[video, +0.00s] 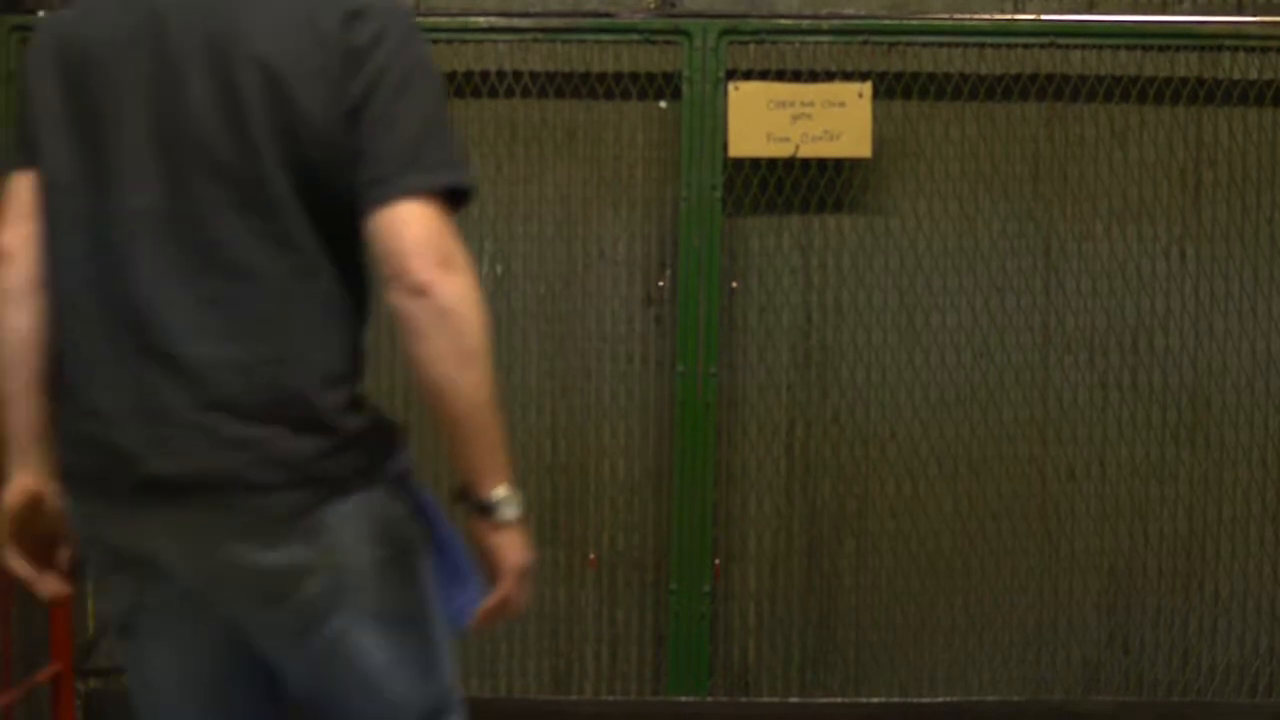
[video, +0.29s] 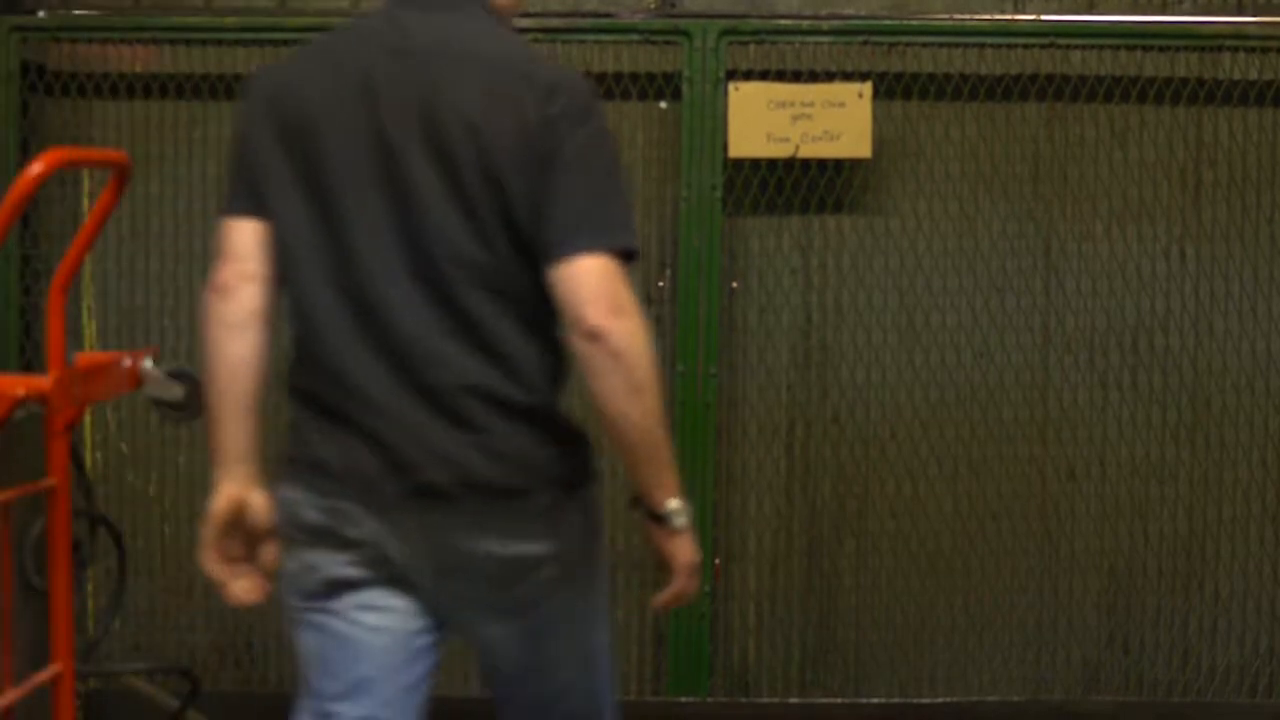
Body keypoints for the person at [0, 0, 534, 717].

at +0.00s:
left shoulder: (66, 33)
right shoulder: (360, 25)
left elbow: (19, 253)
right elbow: (422, 272)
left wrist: (26, 463)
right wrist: (491, 496)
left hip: (119, 495)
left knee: (189, 704)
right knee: (402, 703)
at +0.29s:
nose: (526, 4)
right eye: (523, 6)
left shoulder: (286, 89)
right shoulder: (542, 96)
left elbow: (237, 288)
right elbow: (598, 318)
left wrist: (237, 475)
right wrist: (664, 503)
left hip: (339, 500)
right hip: (515, 505)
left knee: (348, 710)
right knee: (565, 710)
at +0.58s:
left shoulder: (434, 73)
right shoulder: (677, 72)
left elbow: (398, 271)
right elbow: (757, 275)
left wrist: (410, 370)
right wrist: (796, 395)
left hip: (496, 418)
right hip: (636, 416)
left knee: (542, 628)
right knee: (626, 671)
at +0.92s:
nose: (665, 10)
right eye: (664, 4)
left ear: (574, 11)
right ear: (660, 7)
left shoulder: (531, 114)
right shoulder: (717, 111)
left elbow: (485, 235)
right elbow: (827, 232)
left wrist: (508, 133)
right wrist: (849, 175)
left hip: (570, 414)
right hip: (693, 418)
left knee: (613, 613)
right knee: (732, 600)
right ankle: (685, 714)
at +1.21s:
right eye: (724, 1)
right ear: (722, 2)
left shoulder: (597, 80)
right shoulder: (762, 83)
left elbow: (530, 167)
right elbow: (875, 153)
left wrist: (548, 79)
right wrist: (875, 74)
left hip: (607, 374)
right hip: (729, 377)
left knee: (626, 592)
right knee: (737, 589)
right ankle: (746, 716)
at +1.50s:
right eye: (748, 2)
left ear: (677, 4)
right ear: (752, 6)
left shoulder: (628, 87)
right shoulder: (795, 89)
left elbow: (528, 174)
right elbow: (908, 170)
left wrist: (556, 74)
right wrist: (876, 76)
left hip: (651, 353)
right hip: (765, 357)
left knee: (663, 574)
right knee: (754, 576)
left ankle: (670, 717)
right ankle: (753, 715)